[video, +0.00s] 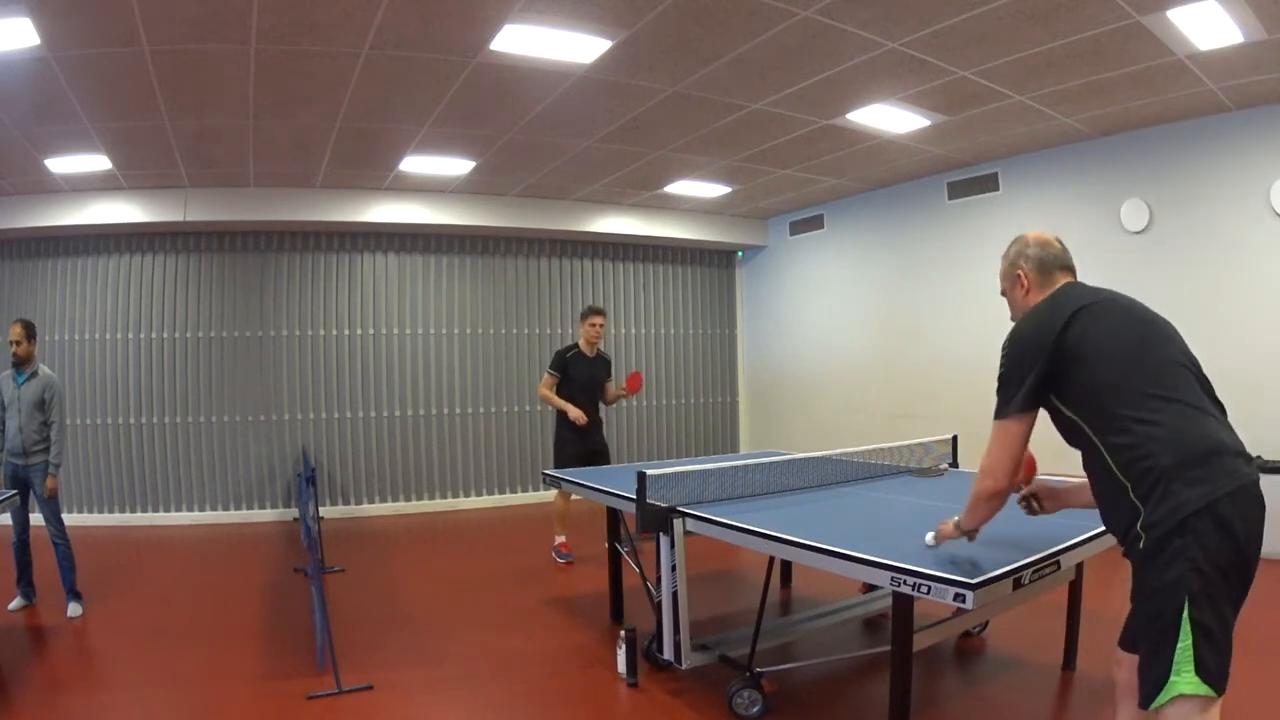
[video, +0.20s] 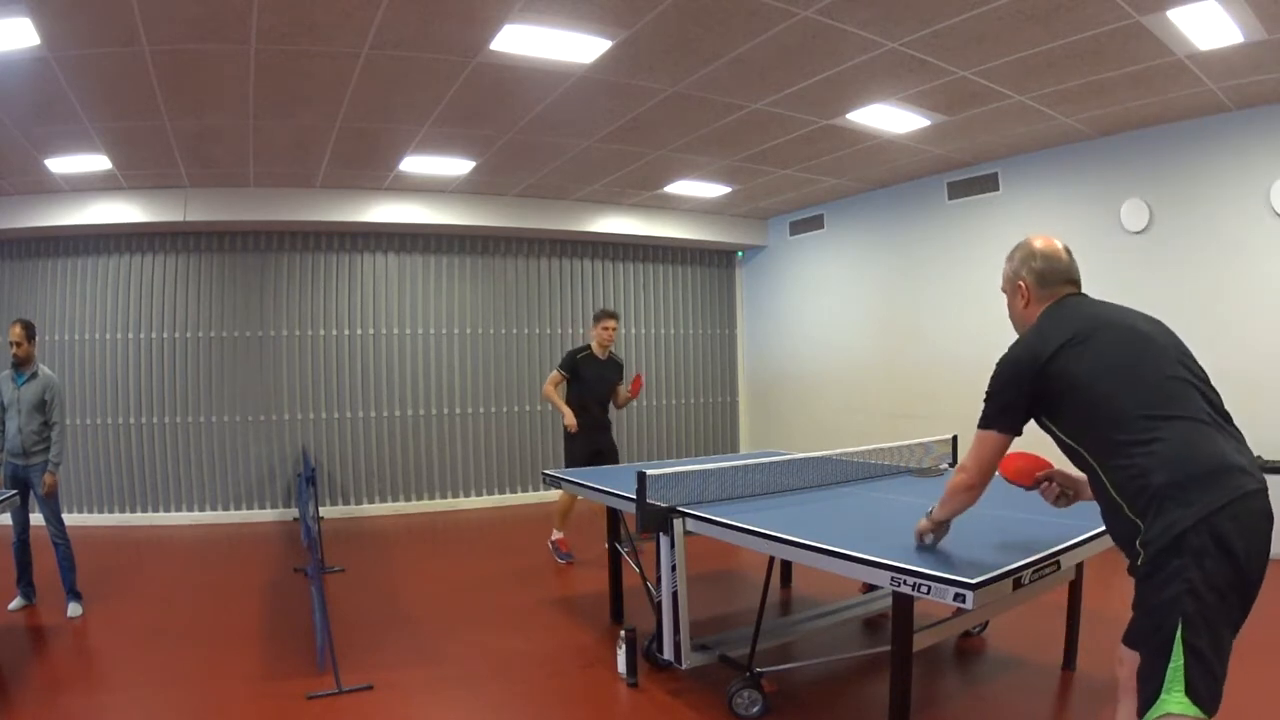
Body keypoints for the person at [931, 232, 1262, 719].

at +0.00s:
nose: (1009, 313)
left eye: (1006, 297)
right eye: (1005, 299)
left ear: (1022, 281)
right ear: (1069, 275)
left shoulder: (1034, 332)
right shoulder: (1119, 312)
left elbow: (996, 479)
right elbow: (1159, 466)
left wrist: (965, 525)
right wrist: (1063, 496)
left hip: (1188, 510)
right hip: (1227, 493)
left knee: (1184, 703)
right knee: (1133, 666)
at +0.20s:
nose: (1007, 310)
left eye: (1006, 295)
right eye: (1005, 296)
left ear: (1024, 291)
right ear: (1074, 284)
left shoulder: (1029, 353)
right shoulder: (1133, 322)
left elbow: (973, 476)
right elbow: (1179, 444)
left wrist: (937, 518)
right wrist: (1087, 486)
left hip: (1191, 520)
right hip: (1241, 500)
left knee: (1170, 701)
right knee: (1135, 661)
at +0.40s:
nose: (1023, 273)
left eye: (1022, 257)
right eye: (1022, 259)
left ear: (1040, 254)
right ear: (1092, 248)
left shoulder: (1052, 329)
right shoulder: (1151, 301)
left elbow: (1019, 489)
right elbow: (1187, 429)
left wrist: (996, 544)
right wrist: (1095, 469)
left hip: (1199, 534)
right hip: (1257, 514)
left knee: (1145, 707)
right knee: (1169, 702)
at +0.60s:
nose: (1055, 226)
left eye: (1054, 207)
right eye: (1053, 209)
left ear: (1076, 202)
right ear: (1134, 200)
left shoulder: (1094, 288)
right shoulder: (1194, 264)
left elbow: (1099, 469)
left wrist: (1058, 548)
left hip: (1221, 533)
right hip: (1268, 518)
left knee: (1149, 709)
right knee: (1190, 705)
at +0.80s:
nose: (1089, 200)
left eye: (1088, 181)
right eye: (1087, 183)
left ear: (1112, 176)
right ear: (1168, 174)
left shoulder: (1135, 266)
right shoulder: (1215, 240)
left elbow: (1095, 456)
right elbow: (1238, 391)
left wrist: (1038, 501)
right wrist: (1147, 467)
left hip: (1250, 539)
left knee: (1187, 710)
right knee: (1237, 701)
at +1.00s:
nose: (1118, 195)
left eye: (1119, 176)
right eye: (1117, 178)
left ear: (1145, 172)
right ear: (1195, 171)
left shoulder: (1175, 260)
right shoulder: (1242, 237)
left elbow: (1123, 447)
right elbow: (1260, 385)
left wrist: (1076, 483)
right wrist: (1204, 481)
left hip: (1268, 539)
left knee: (1225, 708)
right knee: (1255, 701)